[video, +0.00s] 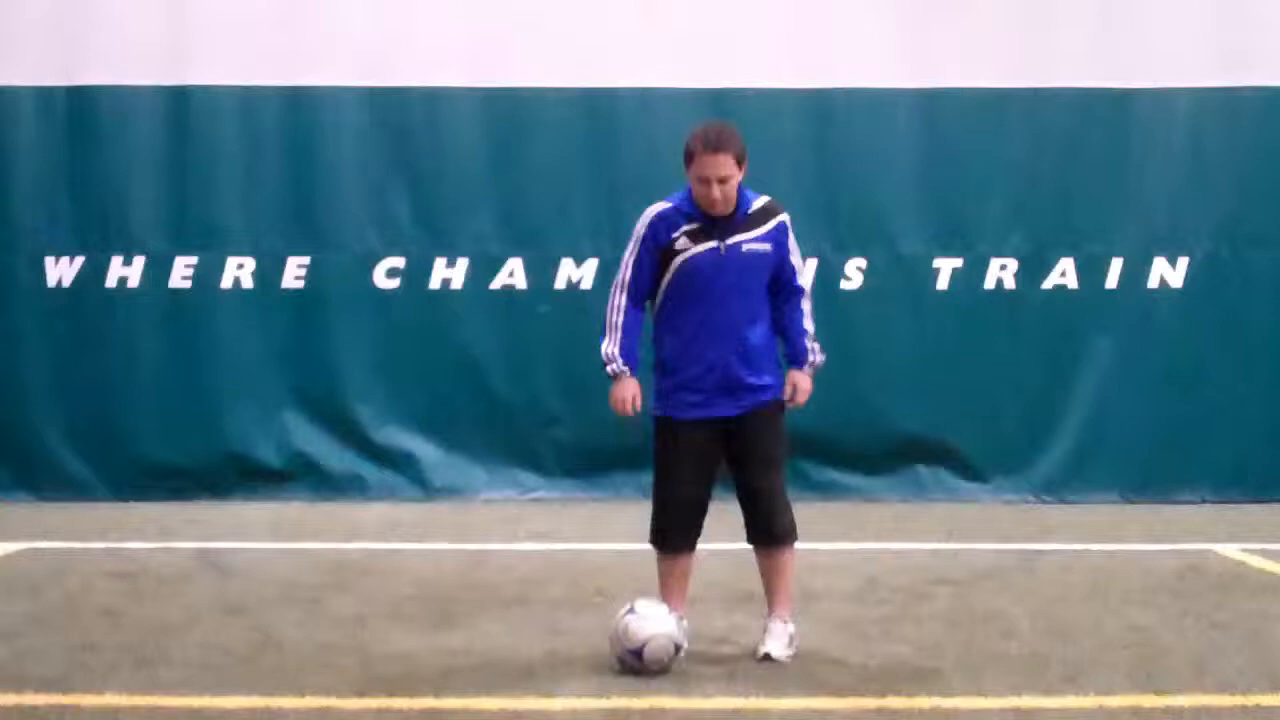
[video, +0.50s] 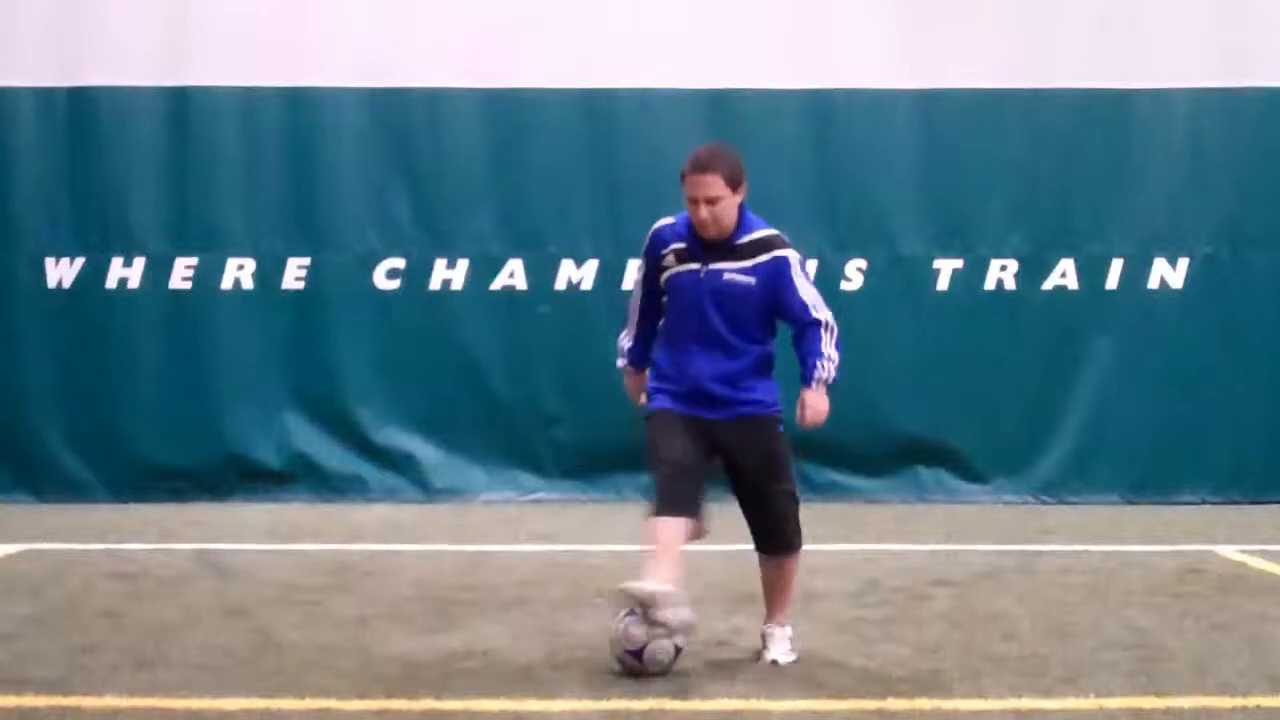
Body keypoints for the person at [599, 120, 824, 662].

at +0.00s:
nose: (715, 193)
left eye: (724, 181)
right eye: (704, 182)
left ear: (741, 171)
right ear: (687, 175)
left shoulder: (770, 218)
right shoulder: (660, 223)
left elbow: (792, 292)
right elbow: (626, 297)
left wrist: (801, 361)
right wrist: (620, 369)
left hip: (756, 395)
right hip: (683, 400)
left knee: (767, 509)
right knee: (675, 514)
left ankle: (780, 622)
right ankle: (672, 623)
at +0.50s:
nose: (702, 214)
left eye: (713, 202)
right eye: (693, 202)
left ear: (739, 195)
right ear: (682, 196)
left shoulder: (771, 250)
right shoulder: (664, 241)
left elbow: (815, 321)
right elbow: (644, 307)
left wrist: (817, 382)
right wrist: (633, 363)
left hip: (748, 405)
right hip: (676, 401)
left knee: (777, 518)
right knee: (674, 481)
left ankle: (777, 626)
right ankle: (662, 589)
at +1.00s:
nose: (537, 212)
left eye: (546, 199)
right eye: (528, 202)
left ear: (573, 193)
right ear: (520, 201)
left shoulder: (618, 236)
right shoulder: (515, 252)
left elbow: (673, 297)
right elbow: (490, 317)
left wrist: (667, 346)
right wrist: (462, 371)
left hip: (615, 377)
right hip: (555, 393)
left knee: (600, 432)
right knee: (531, 511)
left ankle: (654, 547)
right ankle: (572, 621)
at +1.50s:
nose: (448, 251)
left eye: (457, 238)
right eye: (439, 241)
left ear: (484, 224)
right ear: (429, 234)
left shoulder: (524, 269)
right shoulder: (437, 270)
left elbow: (568, 341)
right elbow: (411, 304)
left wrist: (586, 417)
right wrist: (375, 336)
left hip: (538, 417)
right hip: (501, 419)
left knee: (486, 520)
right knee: (497, 523)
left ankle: (506, 645)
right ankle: (616, 547)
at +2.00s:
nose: (535, 201)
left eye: (545, 189)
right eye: (526, 191)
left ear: (567, 184)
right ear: (512, 191)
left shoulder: (609, 230)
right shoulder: (496, 238)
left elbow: (657, 292)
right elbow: (465, 296)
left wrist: (678, 353)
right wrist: (440, 346)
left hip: (602, 395)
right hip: (527, 402)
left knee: (649, 481)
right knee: (497, 512)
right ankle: (490, 622)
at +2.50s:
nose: (729, 181)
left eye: (739, 169)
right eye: (717, 169)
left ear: (756, 163)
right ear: (699, 164)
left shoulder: (786, 197)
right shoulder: (673, 208)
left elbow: (814, 243)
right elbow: (616, 265)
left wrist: (803, 285)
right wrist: (593, 338)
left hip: (750, 357)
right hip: (685, 350)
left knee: (772, 479)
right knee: (732, 450)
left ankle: (697, 572)